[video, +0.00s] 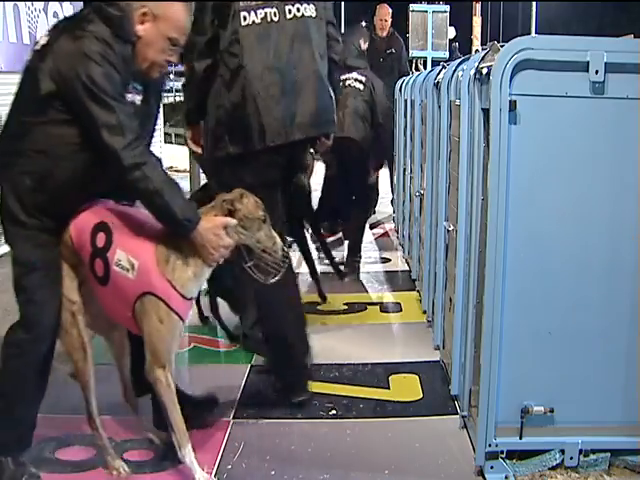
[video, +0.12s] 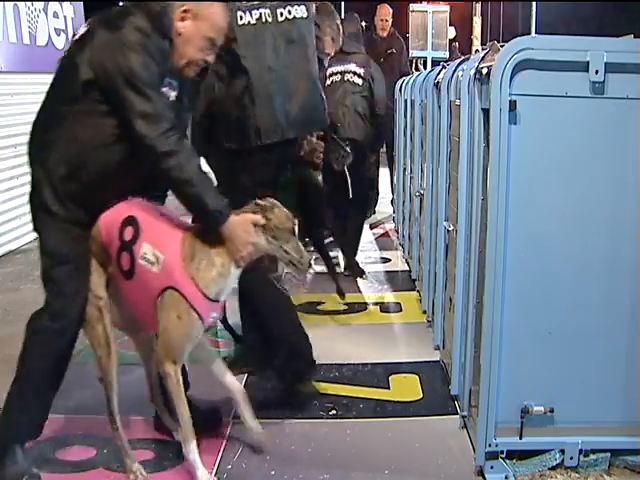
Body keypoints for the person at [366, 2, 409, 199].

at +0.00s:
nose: (383, 24)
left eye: (386, 20)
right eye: (380, 20)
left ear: (391, 20)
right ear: (373, 20)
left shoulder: (397, 42)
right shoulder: (365, 40)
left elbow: (405, 72)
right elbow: (360, 70)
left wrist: (409, 97)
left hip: (394, 104)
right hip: (370, 103)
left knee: (396, 155)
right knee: (372, 155)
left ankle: (397, 197)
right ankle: (369, 201)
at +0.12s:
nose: (383, 24)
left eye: (387, 20)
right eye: (380, 20)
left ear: (392, 20)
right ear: (374, 20)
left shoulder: (398, 42)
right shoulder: (365, 40)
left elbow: (405, 73)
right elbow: (360, 70)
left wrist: (407, 101)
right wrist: (362, 99)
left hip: (394, 107)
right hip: (369, 107)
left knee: (396, 159)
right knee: (370, 157)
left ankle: (399, 199)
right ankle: (369, 200)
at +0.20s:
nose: (384, 23)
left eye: (388, 19)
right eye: (381, 19)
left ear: (392, 20)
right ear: (374, 19)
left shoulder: (399, 43)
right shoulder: (365, 41)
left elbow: (405, 74)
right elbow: (359, 71)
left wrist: (407, 100)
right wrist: (362, 99)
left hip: (393, 106)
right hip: (369, 106)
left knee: (396, 158)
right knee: (370, 157)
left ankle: (399, 199)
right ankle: (369, 201)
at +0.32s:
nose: (385, 24)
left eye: (388, 20)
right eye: (382, 20)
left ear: (393, 20)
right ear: (375, 20)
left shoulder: (399, 42)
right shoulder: (366, 41)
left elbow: (406, 74)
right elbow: (359, 71)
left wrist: (407, 101)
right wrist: (362, 98)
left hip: (393, 104)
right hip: (370, 104)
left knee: (396, 156)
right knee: (371, 156)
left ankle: (399, 199)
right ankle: (370, 200)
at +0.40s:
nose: (386, 24)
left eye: (389, 20)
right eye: (383, 20)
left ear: (394, 21)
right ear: (376, 20)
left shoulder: (400, 42)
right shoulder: (367, 40)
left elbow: (406, 73)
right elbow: (362, 72)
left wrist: (407, 98)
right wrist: (365, 99)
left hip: (395, 105)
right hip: (371, 104)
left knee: (397, 158)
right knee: (372, 160)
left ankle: (398, 202)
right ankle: (370, 205)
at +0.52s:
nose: (387, 24)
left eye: (390, 21)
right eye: (384, 20)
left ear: (394, 21)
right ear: (377, 19)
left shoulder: (400, 43)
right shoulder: (367, 40)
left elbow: (406, 77)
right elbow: (360, 78)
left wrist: (405, 108)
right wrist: (365, 108)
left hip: (394, 110)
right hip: (369, 110)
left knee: (398, 162)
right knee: (371, 160)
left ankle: (400, 205)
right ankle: (369, 204)